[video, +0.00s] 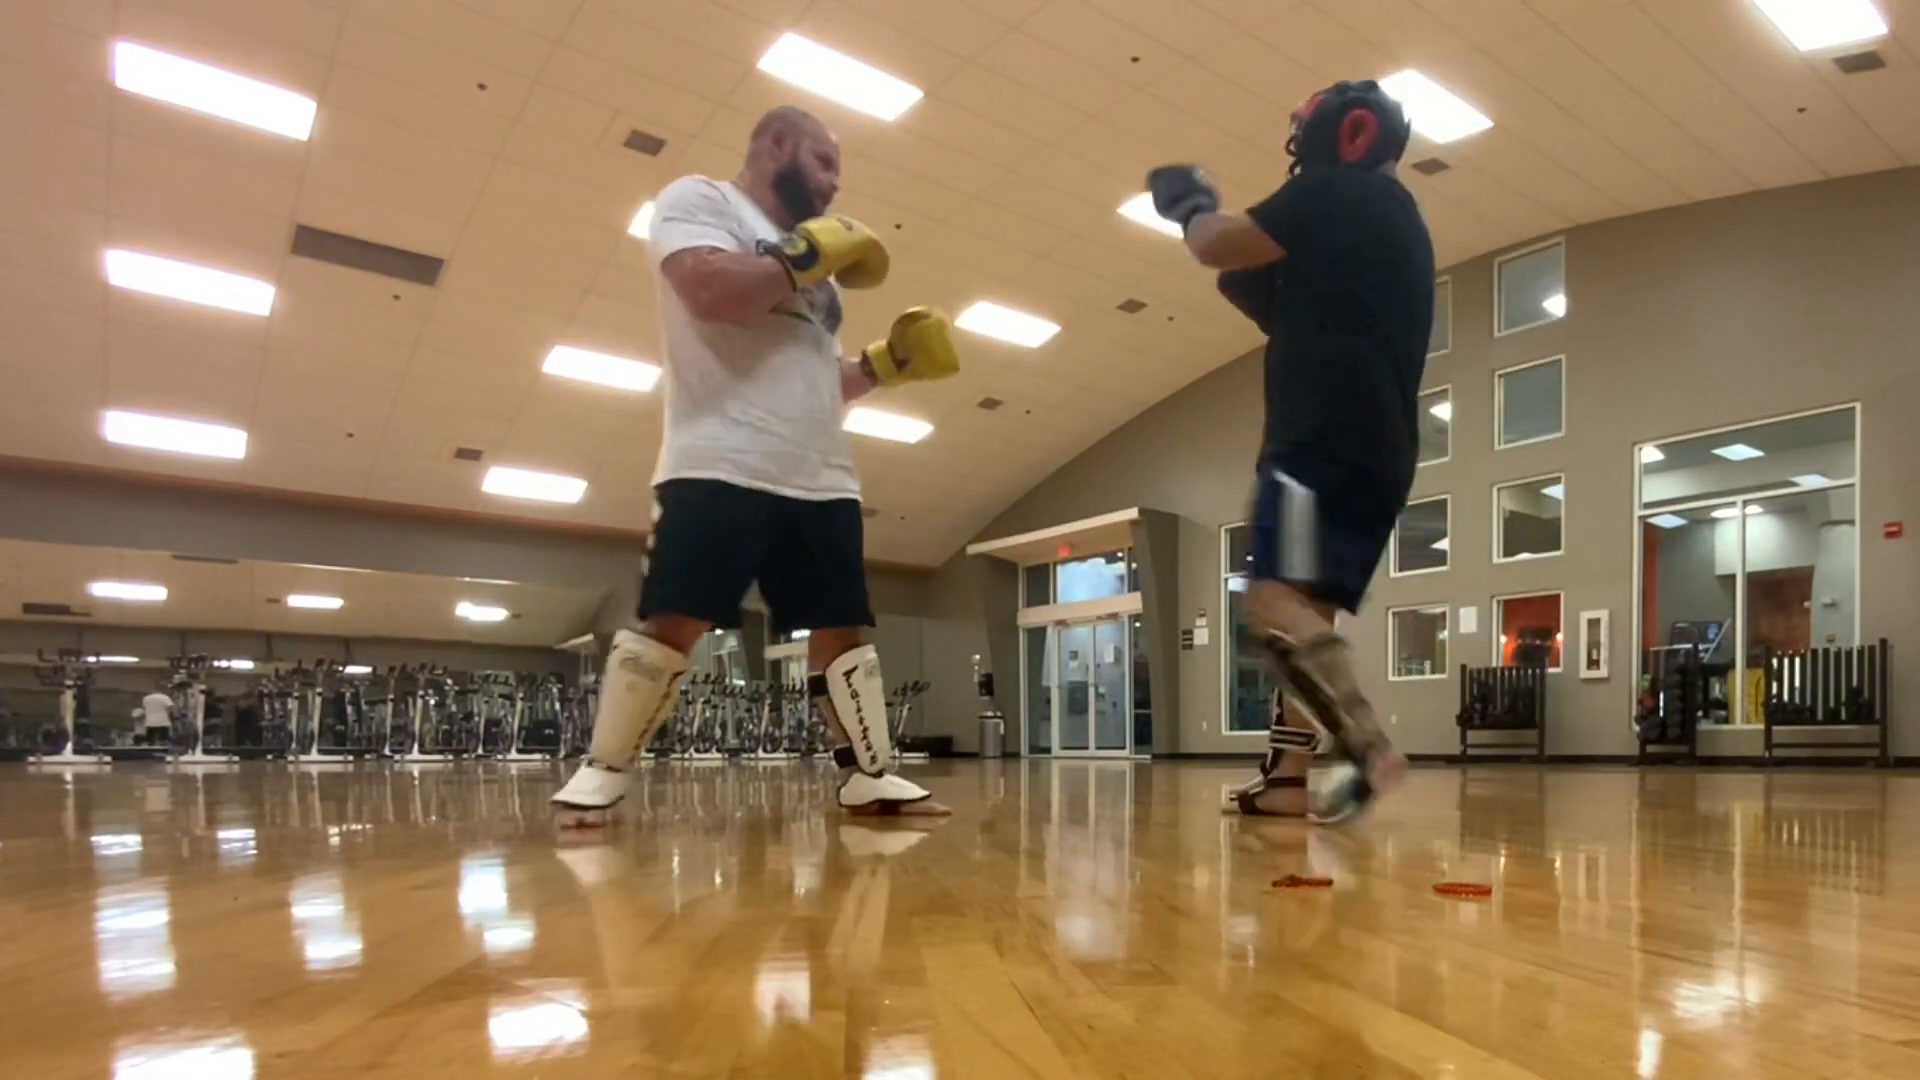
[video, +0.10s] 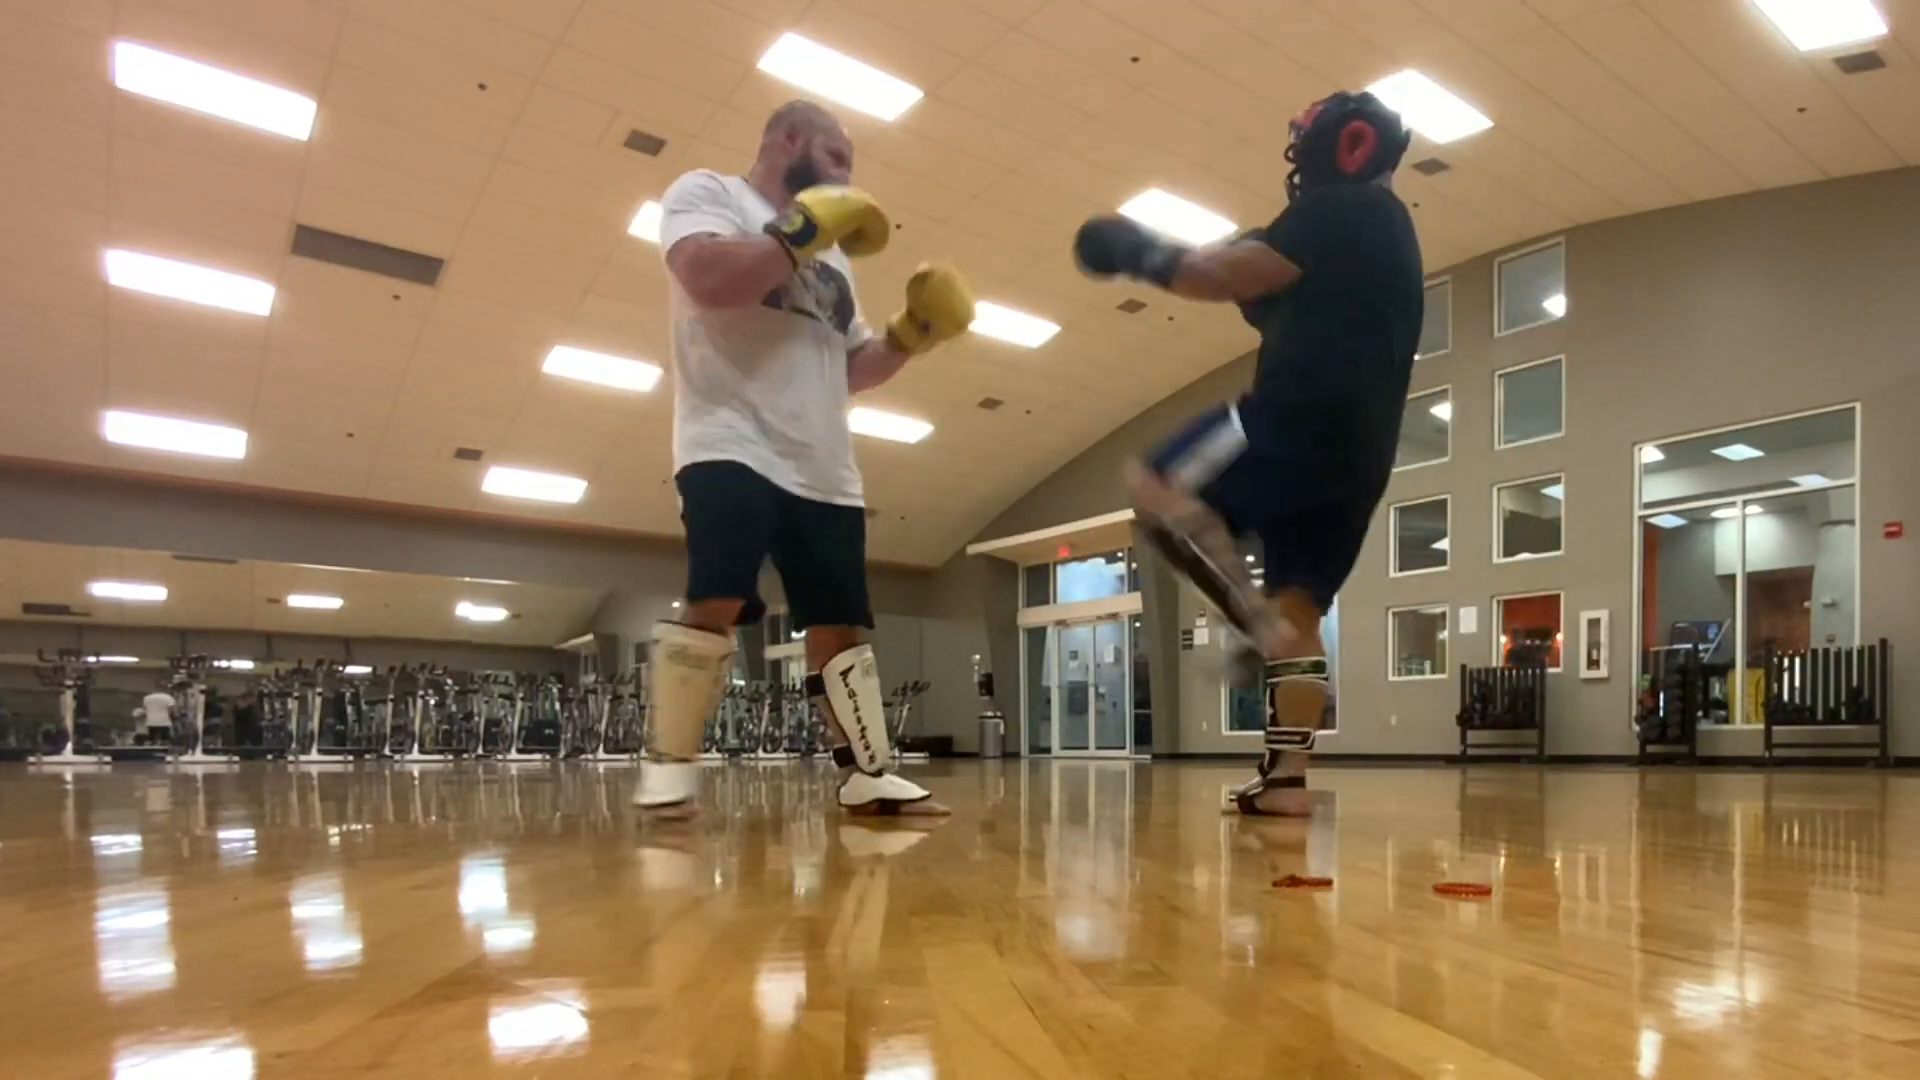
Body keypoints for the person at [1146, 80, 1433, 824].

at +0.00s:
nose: (1291, 140)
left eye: (1303, 125)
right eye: (1295, 129)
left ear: (1352, 130)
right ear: (1368, 140)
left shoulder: (1333, 192)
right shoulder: (1395, 215)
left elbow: (1216, 245)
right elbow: (1308, 321)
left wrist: (1192, 202)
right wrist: (1228, 262)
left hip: (1322, 423)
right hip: (1379, 434)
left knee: (1273, 596)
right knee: (1310, 606)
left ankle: (1371, 750)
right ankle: (1291, 777)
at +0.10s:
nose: (1291, 150)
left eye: (1302, 136)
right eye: (1295, 137)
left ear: (1345, 142)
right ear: (1364, 150)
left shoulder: (1338, 207)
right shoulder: (1387, 226)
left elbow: (1228, 274)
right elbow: (1287, 324)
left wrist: (1144, 253)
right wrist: (1233, 265)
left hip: (1299, 416)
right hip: (1363, 446)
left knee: (1163, 488)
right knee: (1295, 607)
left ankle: (1254, 617)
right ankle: (1288, 778)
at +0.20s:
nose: (1284, 148)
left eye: (1300, 136)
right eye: (1291, 137)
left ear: (1344, 153)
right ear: (1349, 158)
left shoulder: (1342, 211)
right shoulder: (1363, 231)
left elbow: (1280, 288)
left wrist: (1161, 304)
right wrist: (1251, 268)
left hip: (1283, 411)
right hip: (1330, 452)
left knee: (1134, 363)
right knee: (1283, 609)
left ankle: (1105, 511)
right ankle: (1285, 781)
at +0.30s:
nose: (1280, 167)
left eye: (1294, 156)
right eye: (1285, 156)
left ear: (1339, 166)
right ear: (1346, 170)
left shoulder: (1344, 216)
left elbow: (1331, 286)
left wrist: (1223, 324)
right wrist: (1171, 313)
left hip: (1263, 407)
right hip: (1308, 457)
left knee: (1115, 346)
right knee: (1272, 609)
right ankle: (1283, 780)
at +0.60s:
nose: (1290, 179)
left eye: (1304, 167)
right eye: (1293, 170)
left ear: (1349, 174)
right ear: (1355, 180)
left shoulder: (1366, 232)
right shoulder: (1324, 255)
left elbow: (1325, 279)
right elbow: (1301, 359)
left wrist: (1218, 223)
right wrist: (1248, 319)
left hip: (1274, 421)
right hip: (1318, 460)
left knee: (1121, 433)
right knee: (1273, 604)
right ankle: (1277, 780)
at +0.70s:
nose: (1294, 189)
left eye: (1308, 173)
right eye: (1296, 177)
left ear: (1355, 176)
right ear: (1361, 182)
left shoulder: (1367, 229)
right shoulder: (1351, 261)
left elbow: (1302, 257)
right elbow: (1287, 358)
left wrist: (1226, 177)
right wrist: (1237, 283)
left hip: (1296, 433)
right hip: (1349, 458)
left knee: (1167, 518)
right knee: (1289, 608)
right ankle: (1280, 778)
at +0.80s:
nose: (1300, 176)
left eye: (1313, 161)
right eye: (1304, 167)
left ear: (1358, 170)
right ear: (1364, 177)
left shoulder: (1371, 230)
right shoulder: (1342, 261)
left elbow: (1277, 229)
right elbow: (1284, 362)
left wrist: (1239, 146)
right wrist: (1239, 272)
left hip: (1334, 452)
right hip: (1361, 464)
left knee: (1263, 598)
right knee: (1303, 618)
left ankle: (1357, 736)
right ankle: (1286, 772)